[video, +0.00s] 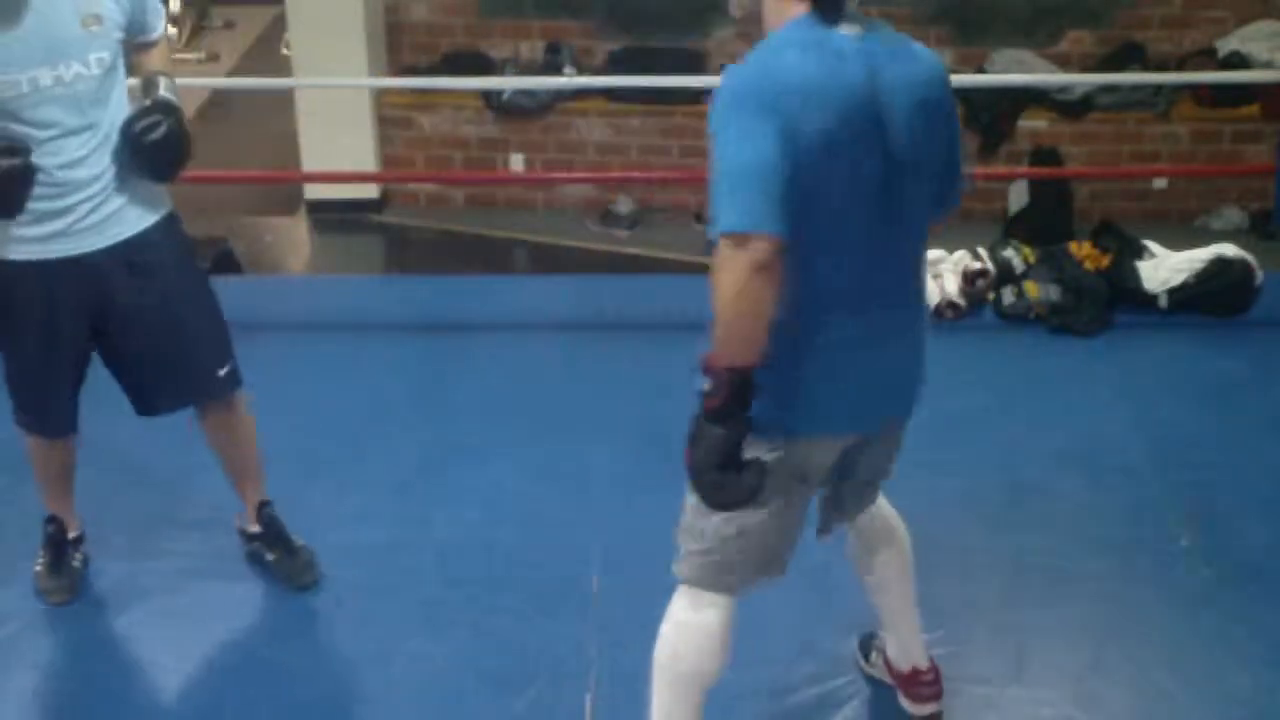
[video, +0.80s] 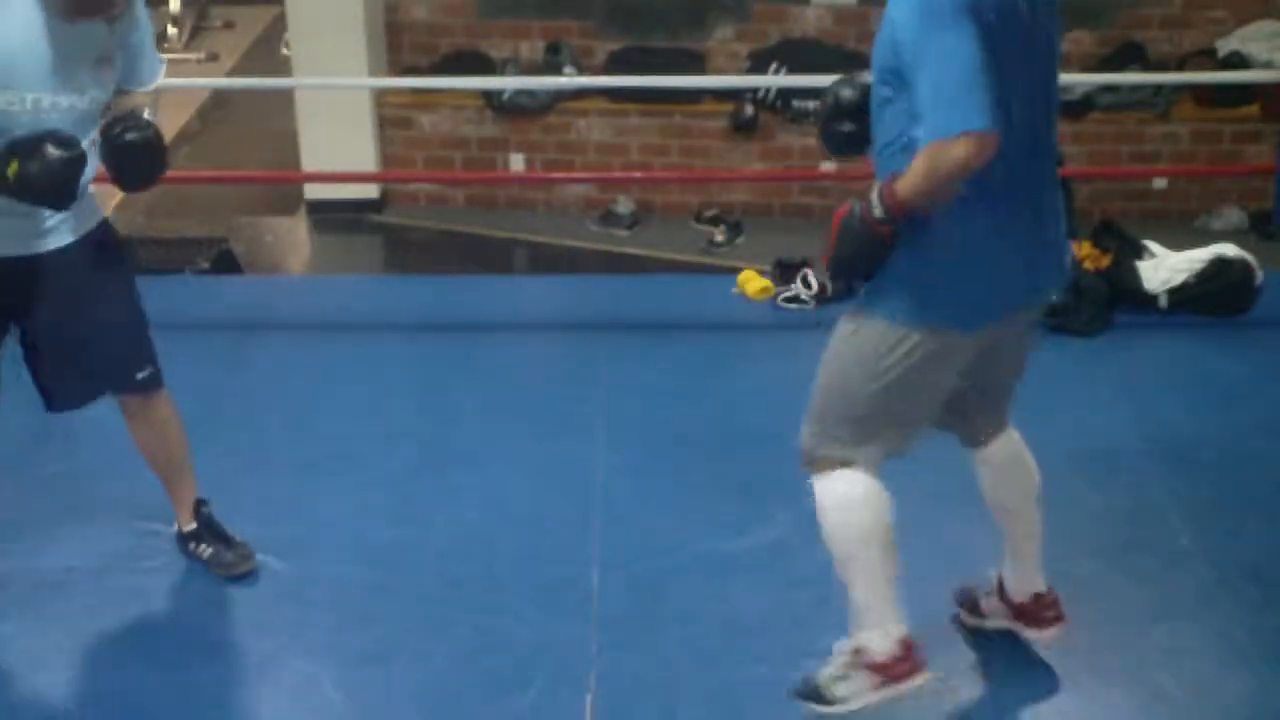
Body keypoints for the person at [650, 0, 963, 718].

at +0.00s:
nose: (740, 8)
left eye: (744, 1)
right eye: (743, 3)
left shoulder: (756, 84)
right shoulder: (918, 68)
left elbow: (753, 251)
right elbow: (940, 202)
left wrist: (722, 405)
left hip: (781, 391)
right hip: (888, 375)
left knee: (706, 584)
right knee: (861, 498)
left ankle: (672, 709)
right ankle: (912, 665)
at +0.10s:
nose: (772, 5)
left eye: (776, 1)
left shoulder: (830, 76)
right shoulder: (937, 50)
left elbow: (828, 245)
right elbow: (936, 192)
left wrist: (761, 372)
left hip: (844, 375)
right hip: (924, 361)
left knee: (755, 555)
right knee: (874, 495)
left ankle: (730, 708)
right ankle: (912, 662)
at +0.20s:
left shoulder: (867, 24)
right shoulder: (961, 13)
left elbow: (881, 183)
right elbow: (990, 119)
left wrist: (809, 299)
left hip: (875, 326)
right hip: (953, 317)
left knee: (816, 515)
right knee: (918, 481)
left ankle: (838, 704)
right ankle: (924, 645)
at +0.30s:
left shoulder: (891, 7)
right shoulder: (993, 5)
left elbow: (912, 139)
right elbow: (1018, 55)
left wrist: (844, 239)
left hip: (903, 293)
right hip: (980, 277)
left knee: (885, 486)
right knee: (951, 454)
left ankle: (954, 680)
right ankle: (958, 611)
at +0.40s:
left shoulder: (911, 9)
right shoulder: (1016, 6)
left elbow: (915, 161)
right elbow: (1040, 68)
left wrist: (845, 251)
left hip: (935, 295)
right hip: (996, 277)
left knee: (940, 494)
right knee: (975, 462)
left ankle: (1048, 664)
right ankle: (1015, 612)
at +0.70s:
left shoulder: (949, 20)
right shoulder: (1019, 8)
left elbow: (972, 175)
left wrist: (870, 243)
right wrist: (901, 151)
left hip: (953, 294)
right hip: (1019, 279)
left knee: (880, 476)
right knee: (994, 442)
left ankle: (990, 636)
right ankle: (1035, 607)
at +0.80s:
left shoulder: (929, 7)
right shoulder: (1024, 7)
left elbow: (967, 140)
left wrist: (877, 212)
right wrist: (891, 107)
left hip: (940, 275)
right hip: (1020, 263)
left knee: (837, 454)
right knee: (984, 421)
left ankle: (882, 649)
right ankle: (1027, 594)